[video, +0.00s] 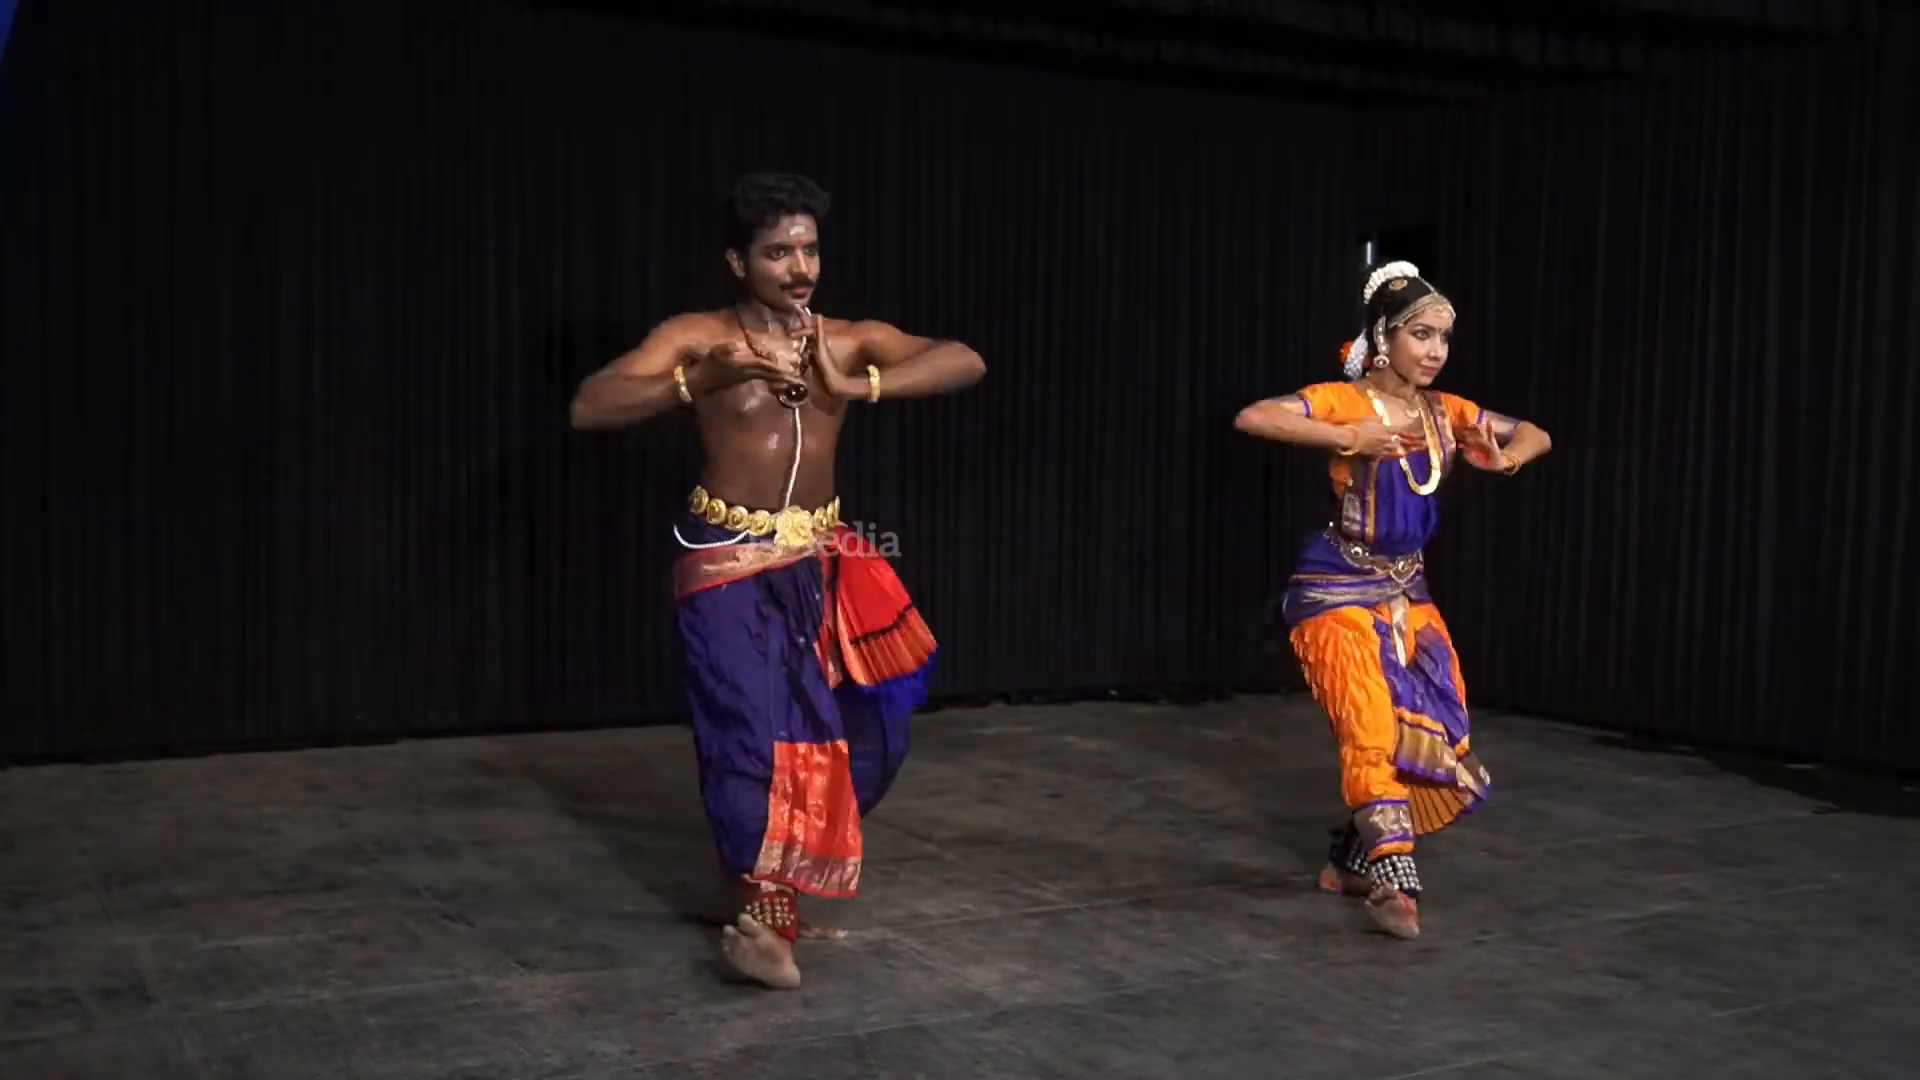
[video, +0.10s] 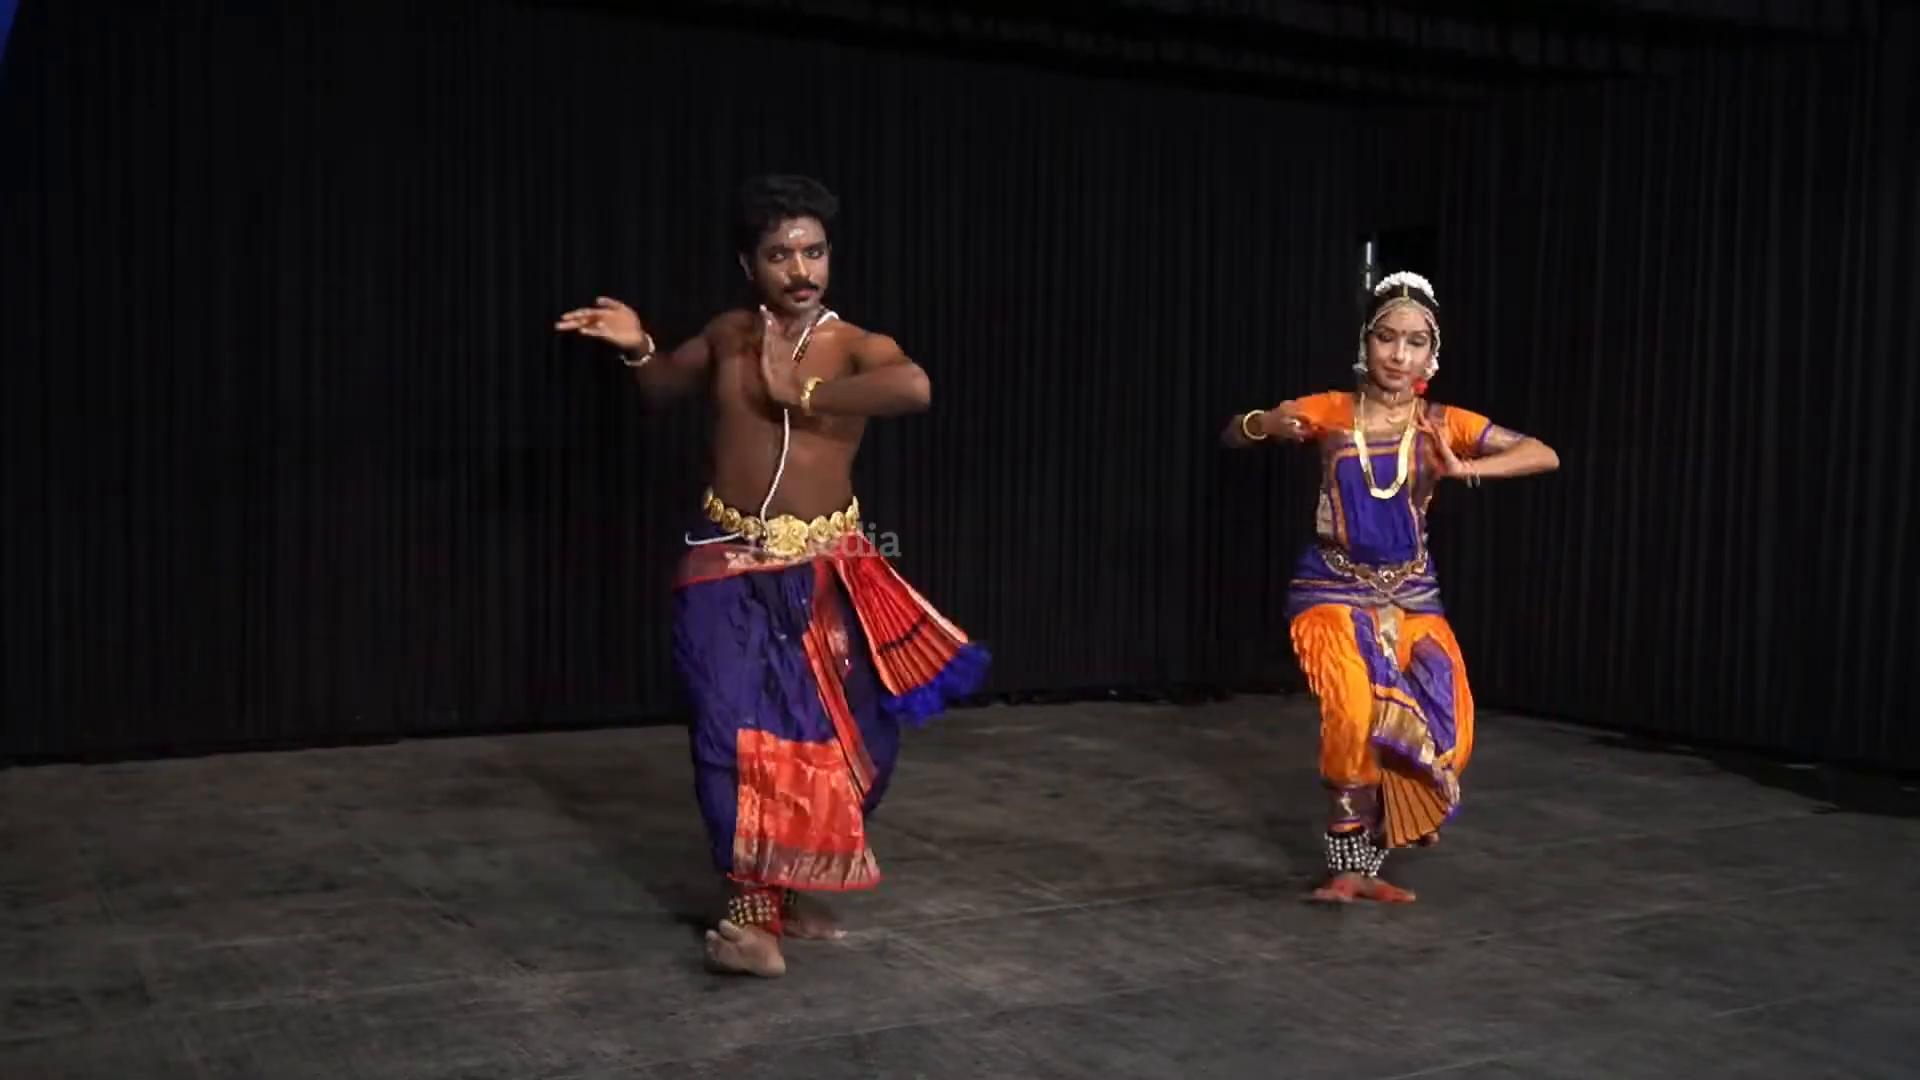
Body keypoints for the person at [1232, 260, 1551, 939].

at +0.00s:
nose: (1438, 352)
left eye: (1445, 338)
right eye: (1424, 336)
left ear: (1448, 343)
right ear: (1384, 339)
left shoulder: (1444, 409)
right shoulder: (1346, 401)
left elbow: (1535, 434)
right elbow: (1252, 418)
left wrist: (1507, 458)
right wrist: (1351, 438)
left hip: (1408, 594)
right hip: (1336, 591)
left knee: (1440, 731)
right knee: (1369, 723)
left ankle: (1353, 858)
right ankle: (1394, 880)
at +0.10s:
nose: (1401, 355)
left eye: (1418, 343)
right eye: (1389, 338)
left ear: (1433, 358)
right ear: (1366, 347)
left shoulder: (1444, 424)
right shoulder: (1329, 413)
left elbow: (1545, 454)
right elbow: (1235, 434)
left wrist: (1475, 467)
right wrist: (1264, 425)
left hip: (1412, 597)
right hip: (1333, 591)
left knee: (1446, 727)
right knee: (1352, 704)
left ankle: (1372, 865)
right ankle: (1346, 865)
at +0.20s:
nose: (1347, 353)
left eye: (1363, 341)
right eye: (1348, 339)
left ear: (1403, 353)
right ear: (1355, 348)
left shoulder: (1434, 425)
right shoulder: (1334, 418)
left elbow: (1512, 463)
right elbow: (1293, 457)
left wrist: (1421, 473)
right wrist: (1246, 435)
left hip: (1404, 594)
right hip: (1324, 591)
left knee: (1437, 741)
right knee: (1331, 725)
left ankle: (1355, 868)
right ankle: (1305, 830)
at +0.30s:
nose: (1333, 347)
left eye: (1347, 338)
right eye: (1337, 336)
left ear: (1385, 353)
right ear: (1371, 352)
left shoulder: (1424, 418)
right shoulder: (1336, 415)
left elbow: (1478, 457)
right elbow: (1289, 452)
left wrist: (1386, 466)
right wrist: (1205, 453)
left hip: (1399, 588)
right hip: (1320, 584)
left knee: (1415, 724)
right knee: (1306, 724)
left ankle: (1354, 863)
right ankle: (1294, 812)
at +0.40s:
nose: (1324, 341)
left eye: (1335, 331)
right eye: (1328, 329)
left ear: (1372, 344)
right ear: (1360, 345)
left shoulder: (1416, 407)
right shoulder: (1324, 406)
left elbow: (1464, 447)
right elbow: (1260, 437)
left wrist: (1375, 456)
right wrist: (1174, 442)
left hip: (1388, 578)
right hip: (1312, 573)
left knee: (1392, 711)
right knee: (1305, 702)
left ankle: (1352, 864)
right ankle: (1305, 818)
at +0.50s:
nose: (1312, 331)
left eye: (1324, 321)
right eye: (1315, 319)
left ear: (1364, 334)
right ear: (1347, 333)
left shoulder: (1406, 395)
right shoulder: (1309, 394)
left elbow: (1464, 436)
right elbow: (1227, 417)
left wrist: (1372, 447)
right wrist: (1140, 421)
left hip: (1377, 570)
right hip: (1301, 564)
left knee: (1375, 702)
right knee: (1304, 689)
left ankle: (1356, 857)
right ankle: (1315, 816)